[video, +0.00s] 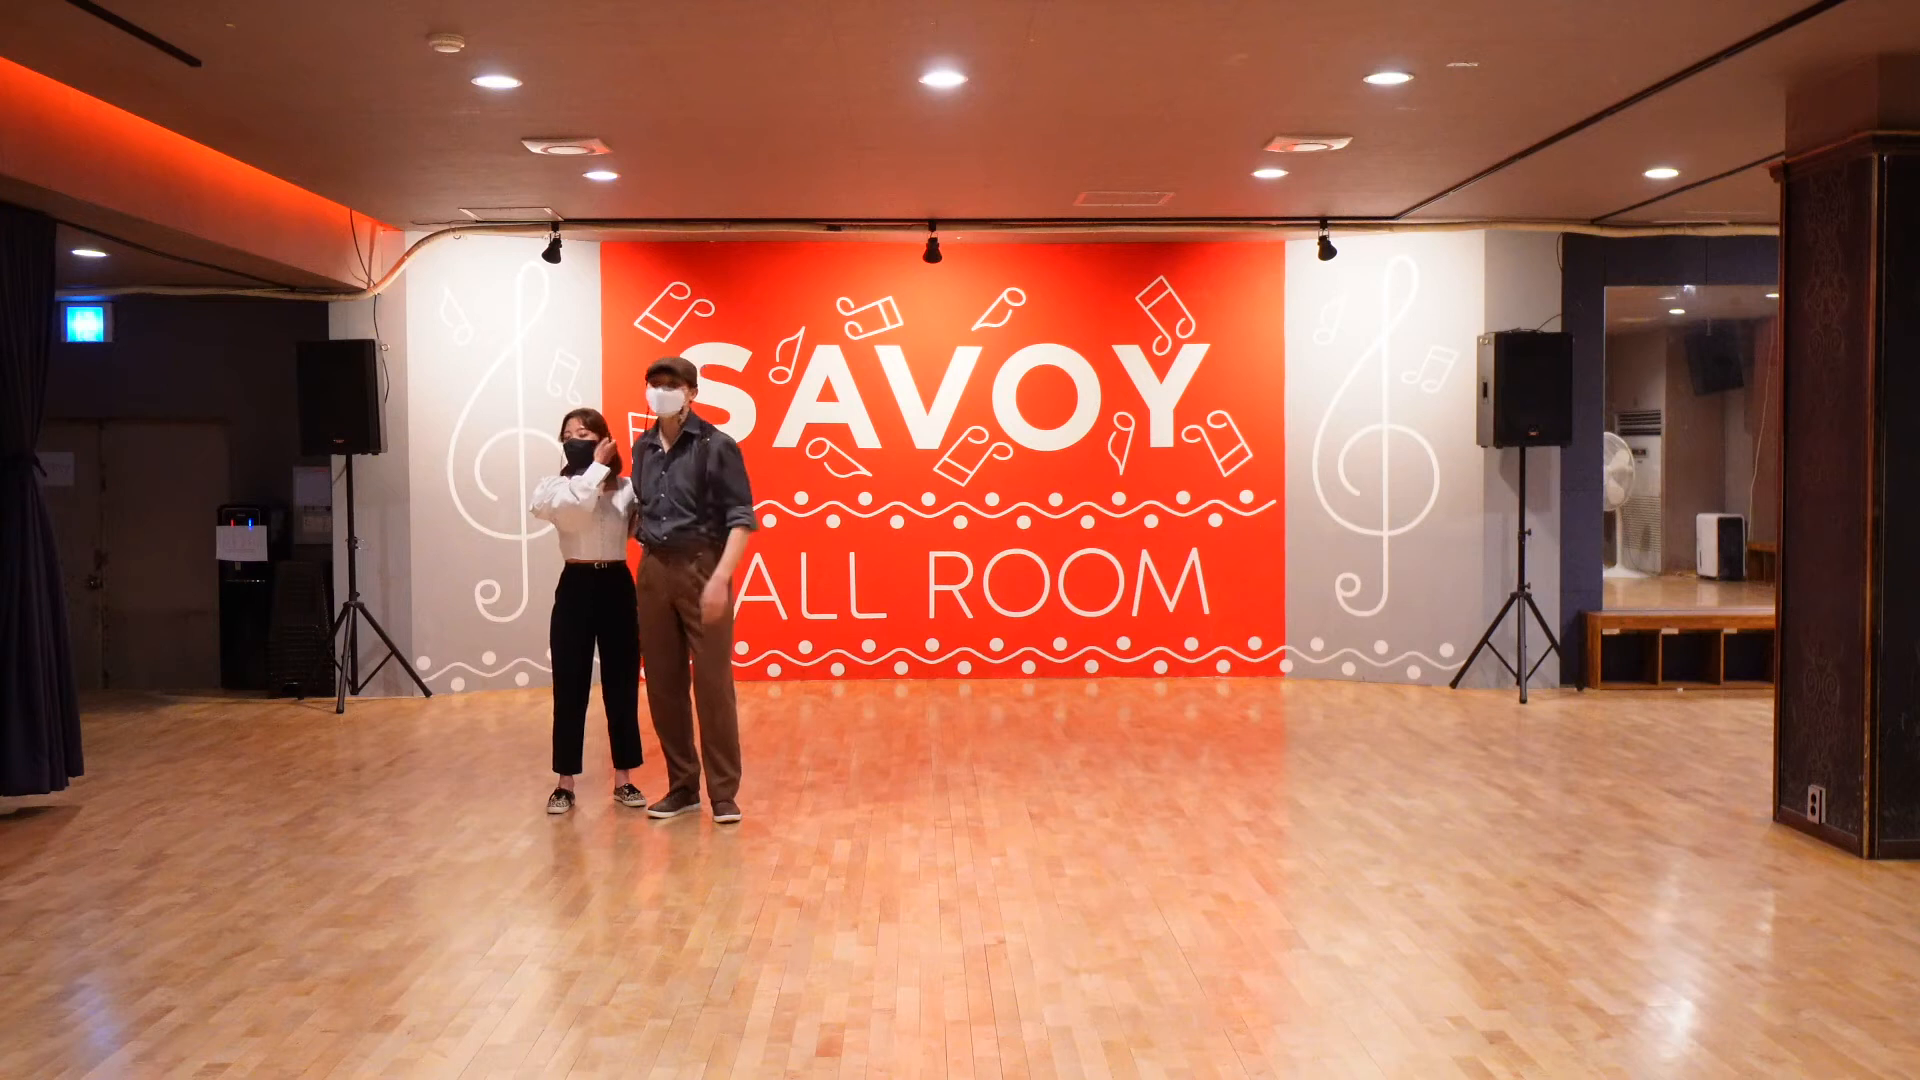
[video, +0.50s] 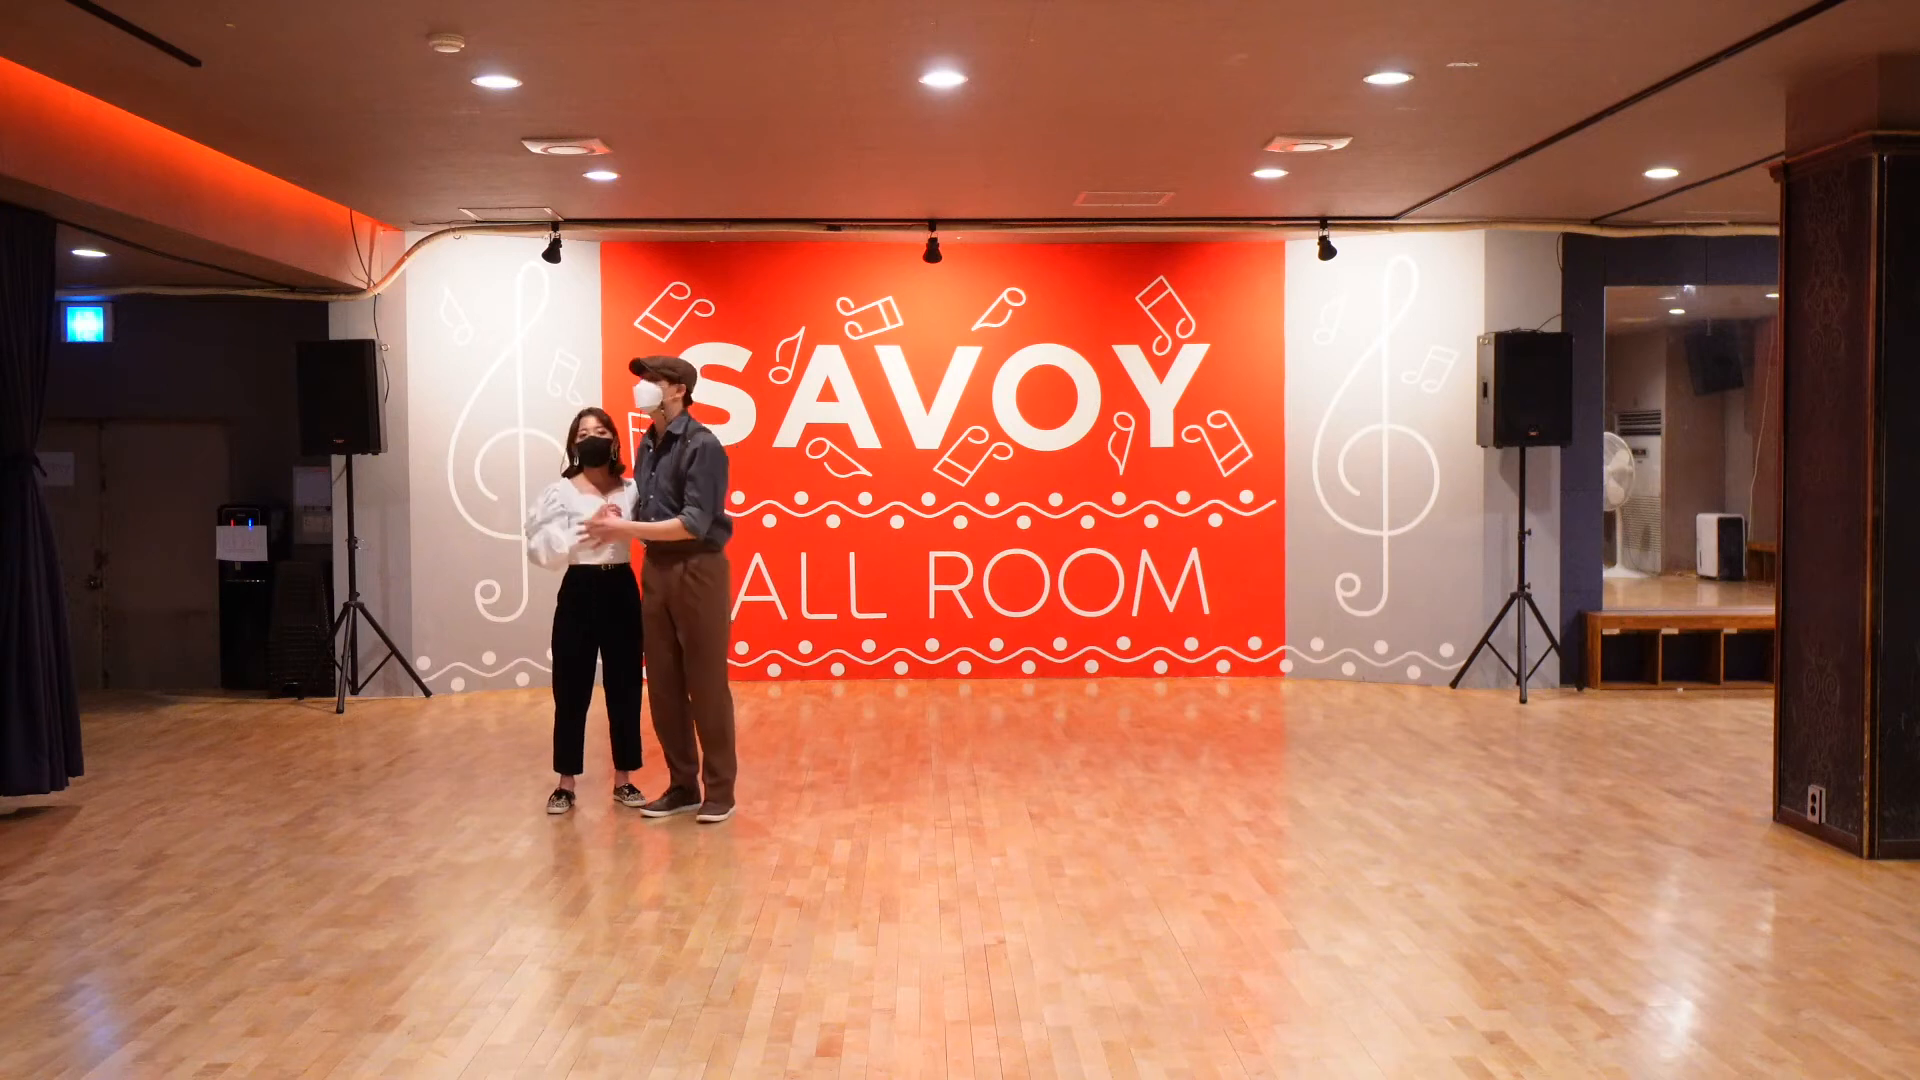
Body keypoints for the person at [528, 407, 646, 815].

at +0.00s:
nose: (578, 434)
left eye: (587, 429)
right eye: (571, 430)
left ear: (604, 441)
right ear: (561, 443)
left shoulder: (623, 487)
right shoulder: (550, 487)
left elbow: (649, 524)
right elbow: (567, 507)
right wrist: (595, 465)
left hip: (618, 587)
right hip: (575, 588)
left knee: (622, 688)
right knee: (569, 688)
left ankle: (623, 781)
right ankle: (565, 784)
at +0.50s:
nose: (593, 433)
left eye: (601, 428)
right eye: (584, 430)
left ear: (613, 439)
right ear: (573, 443)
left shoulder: (631, 490)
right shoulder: (557, 492)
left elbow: (654, 528)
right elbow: (539, 548)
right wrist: (583, 529)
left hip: (621, 591)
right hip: (578, 592)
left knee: (625, 690)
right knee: (571, 691)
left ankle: (624, 781)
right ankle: (565, 784)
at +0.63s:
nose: (596, 434)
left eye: (604, 428)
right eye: (587, 430)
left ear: (616, 439)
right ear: (575, 442)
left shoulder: (632, 490)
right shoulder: (561, 493)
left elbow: (652, 531)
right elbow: (552, 556)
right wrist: (585, 535)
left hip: (623, 591)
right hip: (580, 593)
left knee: (626, 691)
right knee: (573, 691)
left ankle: (623, 782)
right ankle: (565, 784)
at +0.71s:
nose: (598, 434)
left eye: (605, 428)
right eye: (588, 430)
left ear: (618, 440)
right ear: (576, 444)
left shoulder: (635, 489)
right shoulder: (562, 493)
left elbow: (652, 531)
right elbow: (551, 551)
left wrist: (615, 524)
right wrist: (587, 539)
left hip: (625, 590)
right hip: (582, 591)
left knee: (626, 688)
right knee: (574, 688)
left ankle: (623, 781)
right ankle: (565, 783)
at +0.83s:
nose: (601, 438)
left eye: (607, 432)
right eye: (590, 434)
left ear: (620, 441)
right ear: (578, 447)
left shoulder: (639, 491)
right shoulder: (567, 498)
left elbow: (656, 541)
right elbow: (556, 559)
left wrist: (618, 536)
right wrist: (587, 542)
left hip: (630, 592)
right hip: (587, 594)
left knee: (630, 689)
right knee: (580, 690)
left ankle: (624, 782)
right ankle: (566, 784)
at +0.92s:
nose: (601, 438)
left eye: (608, 431)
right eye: (591, 434)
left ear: (620, 441)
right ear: (578, 447)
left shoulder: (638, 491)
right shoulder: (570, 499)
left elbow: (657, 538)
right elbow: (555, 560)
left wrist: (624, 536)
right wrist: (587, 547)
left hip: (631, 593)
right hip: (589, 597)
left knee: (630, 689)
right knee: (584, 689)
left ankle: (624, 781)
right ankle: (567, 779)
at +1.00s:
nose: (598, 436)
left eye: (605, 430)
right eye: (589, 433)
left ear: (617, 438)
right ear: (576, 446)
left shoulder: (635, 487)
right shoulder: (568, 497)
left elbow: (656, 532)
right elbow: (558, 559)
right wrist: (591, 558)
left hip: (632, 593)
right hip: (590, 597)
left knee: (629, 689)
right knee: (584, 691)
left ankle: (625, 777)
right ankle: (566, 779)